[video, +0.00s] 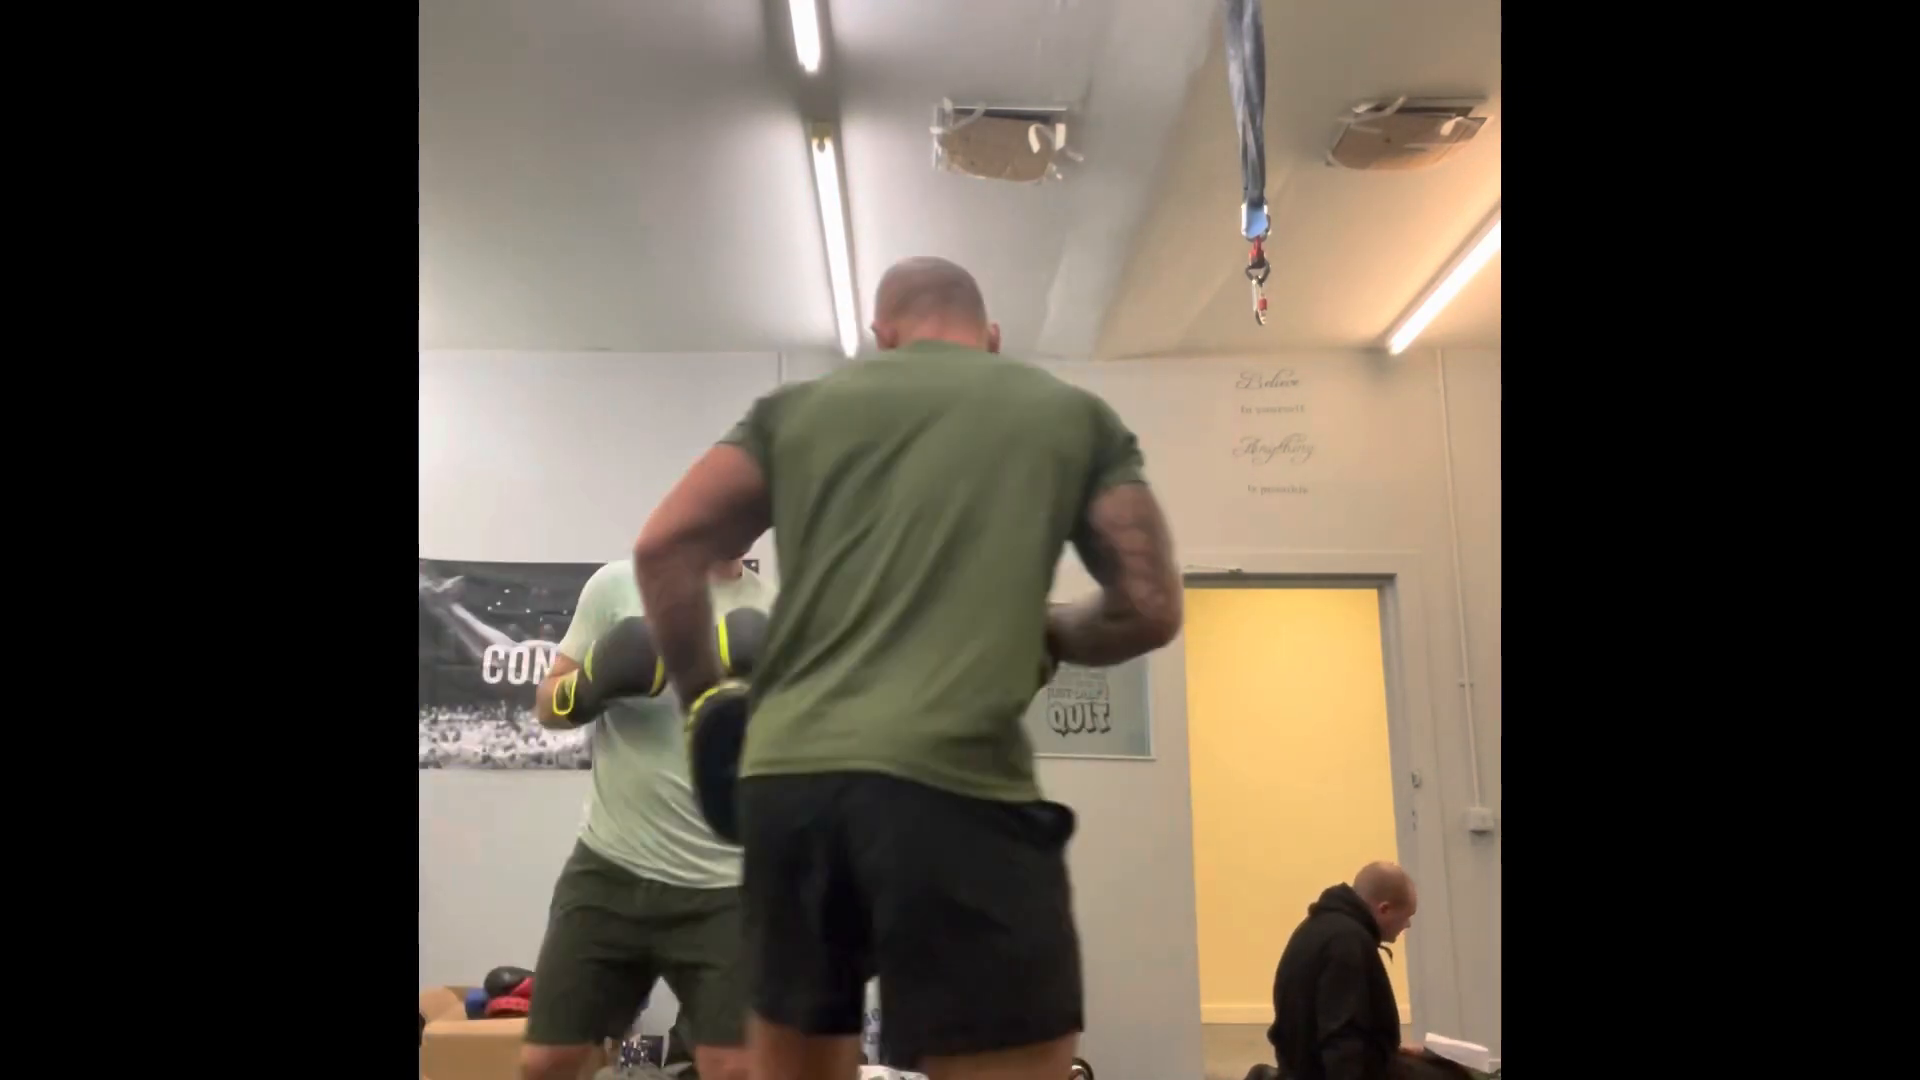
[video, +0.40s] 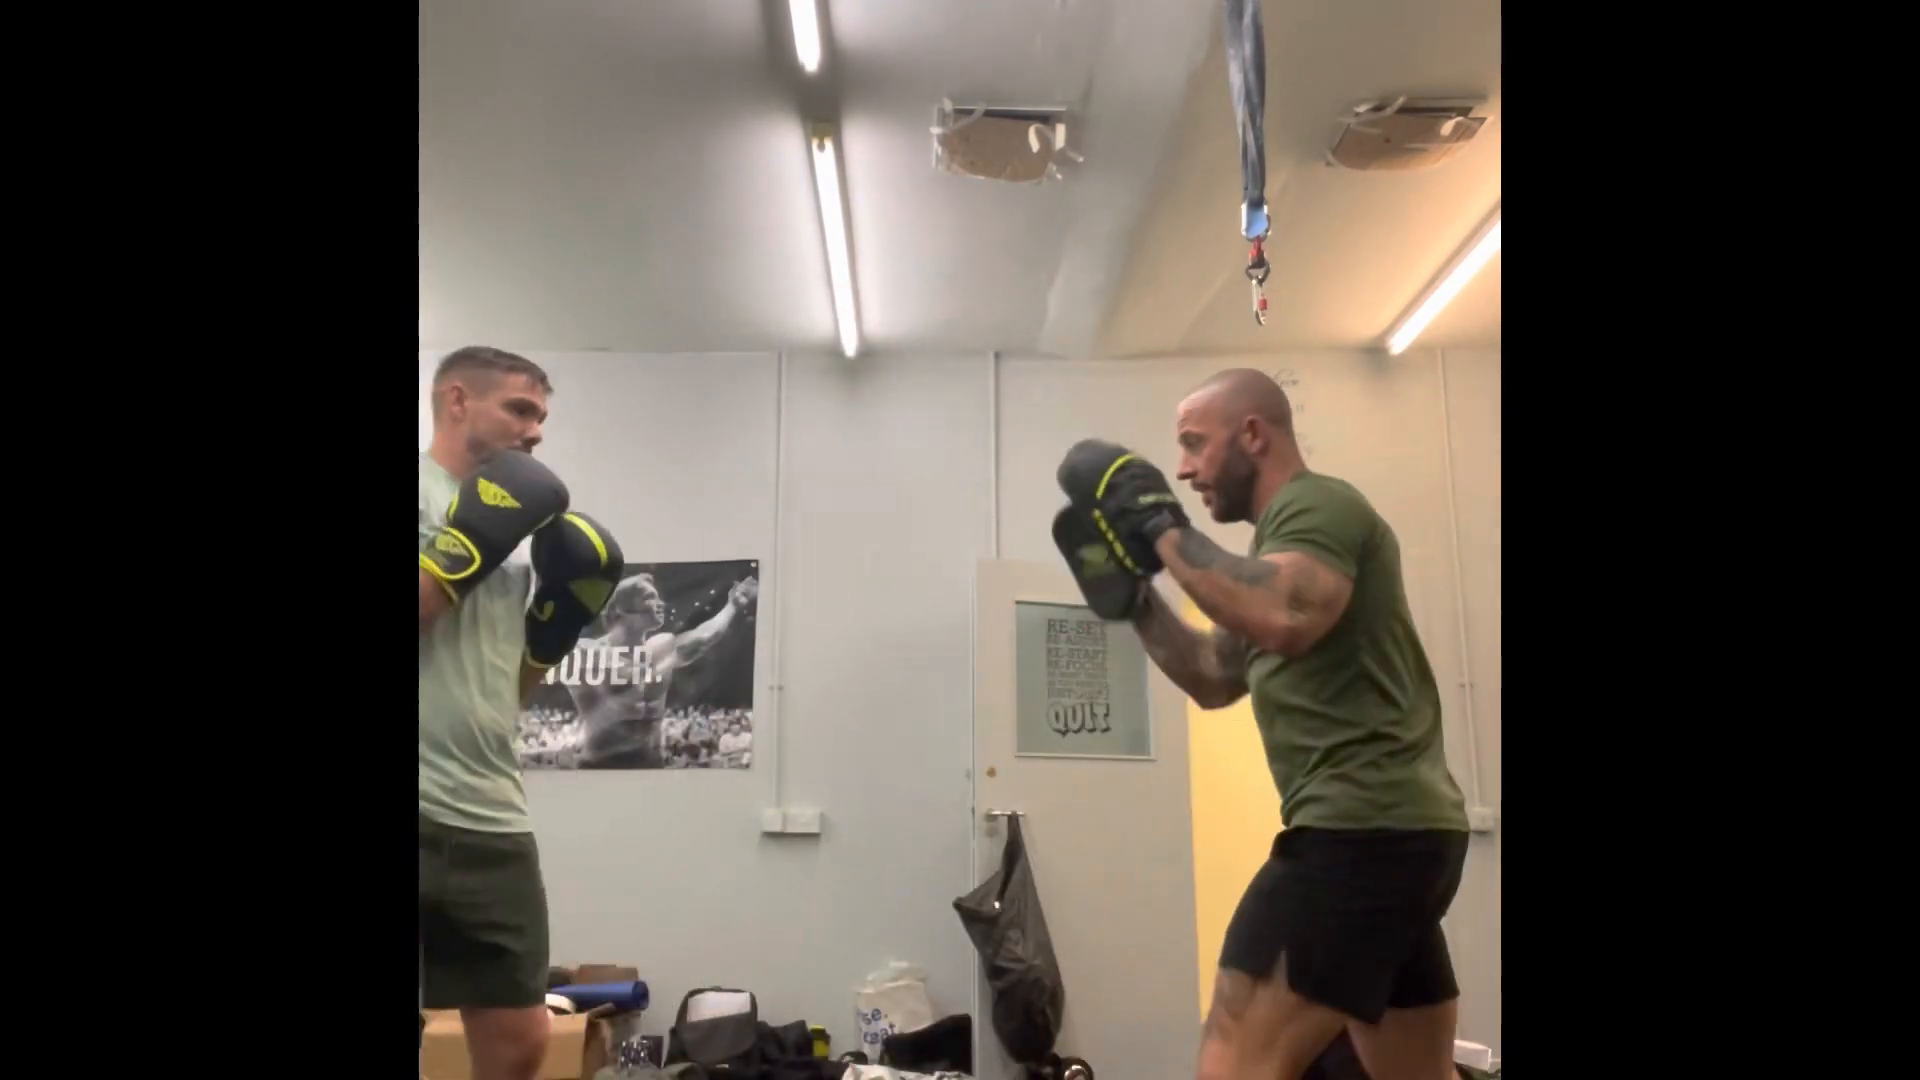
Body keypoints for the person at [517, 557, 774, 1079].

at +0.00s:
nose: (725, 511)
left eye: (741, 498)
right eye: (708, 487)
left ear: (760, 516)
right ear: (682, 497)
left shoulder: (775, 606)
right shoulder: (615, 586)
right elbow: (549, 703)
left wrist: (769, 671)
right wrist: (597, 681)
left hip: (724, 886)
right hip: (609, 871)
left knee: (733, 1067)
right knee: (546, 1061)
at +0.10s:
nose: (737, 471)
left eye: (749, 464)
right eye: (726, 451)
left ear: (752, 478)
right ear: (679, 442)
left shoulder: (737, 572)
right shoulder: (591, 517)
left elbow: (739, 709)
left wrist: (742, 646)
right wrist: (585, 619)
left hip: (671, 818)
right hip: (556, 793)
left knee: (696, 1019)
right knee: (484, 1004)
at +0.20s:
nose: (655, 491)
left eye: (663, 481)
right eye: (641, 472)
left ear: (666, 491)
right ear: (586, 467)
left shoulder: (649, 594)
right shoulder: (512, 554)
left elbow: (651, 745)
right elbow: (456, 688)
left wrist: (683, 681)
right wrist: (567, 636)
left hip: (616, 857)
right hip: (502, 836)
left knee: (655, 1051)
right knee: (423, 1036)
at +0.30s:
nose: (572, 479)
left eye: (576, 467)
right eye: (557, 458)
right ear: (495, 449)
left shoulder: (533, 570)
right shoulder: (434, 530)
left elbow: (516, 715)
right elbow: (426, 654)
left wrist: (588, 668)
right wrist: (509, 603)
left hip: (516, 862)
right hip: (427, 858)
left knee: (574, 1054)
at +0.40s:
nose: (536, 433)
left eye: (541, 419)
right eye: (520, 411)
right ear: (454, 400)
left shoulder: (509, 533)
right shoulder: (419, 493)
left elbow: (507, 691)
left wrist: (558, 621)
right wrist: (458, 548)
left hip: (491, 822)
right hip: (423, 813)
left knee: (517, 1045)